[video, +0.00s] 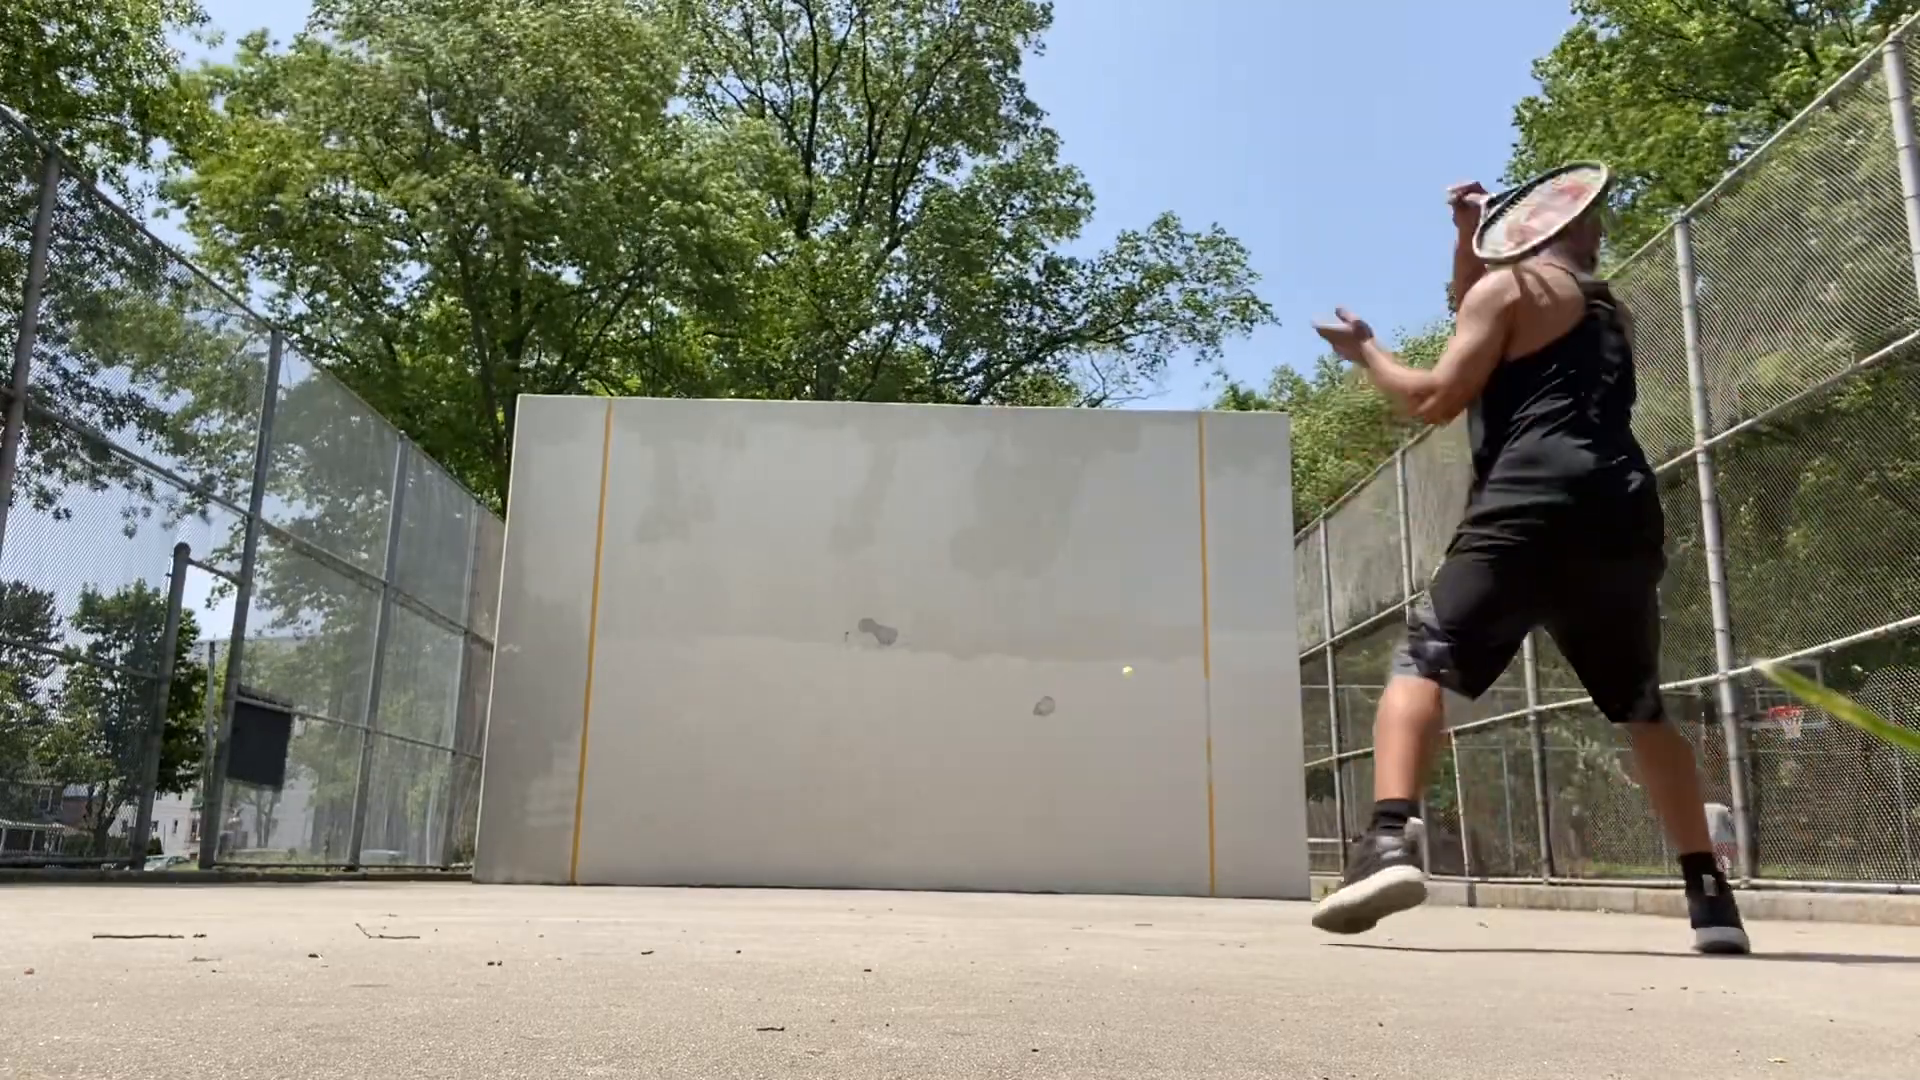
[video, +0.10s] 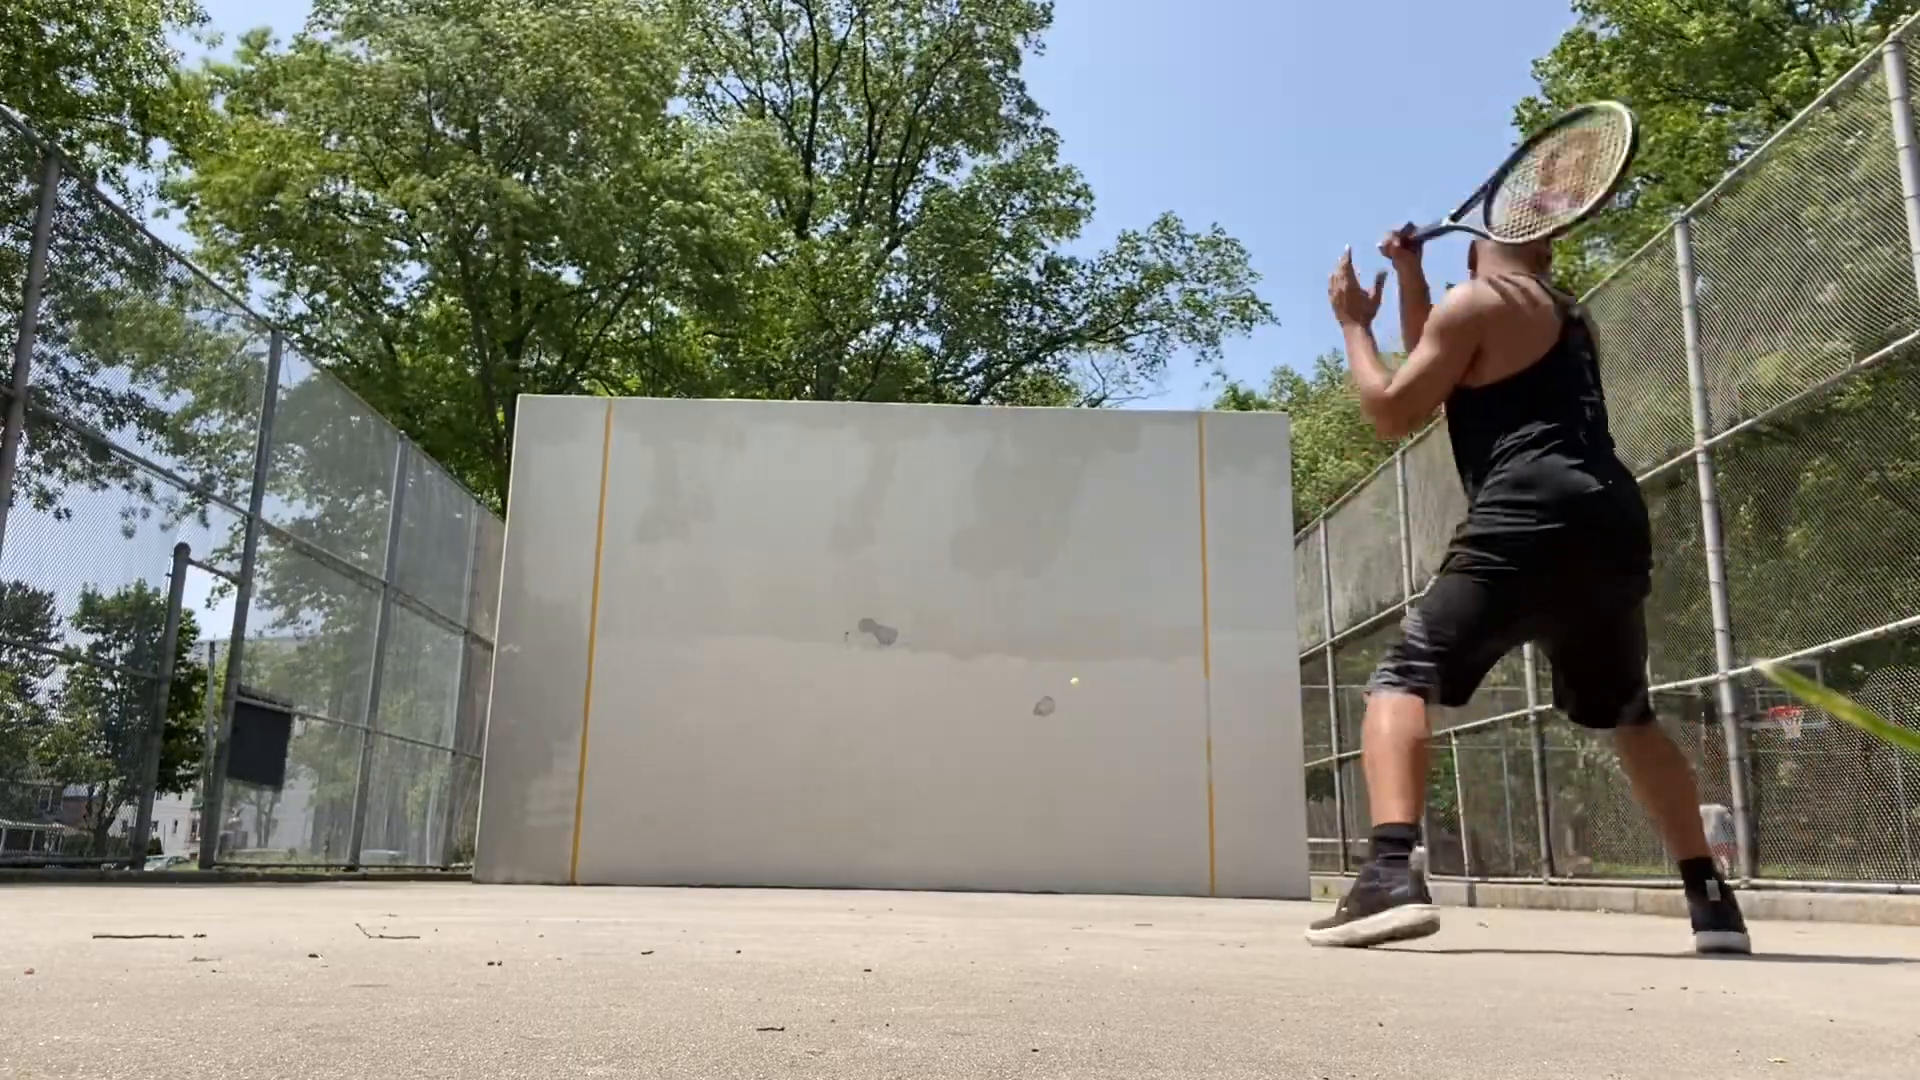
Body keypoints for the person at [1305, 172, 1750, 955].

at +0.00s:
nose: (1601, 229)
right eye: (1591, 219)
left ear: (1524, 235)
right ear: (1571, 234)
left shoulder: (1505, 289)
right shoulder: (1606, 305)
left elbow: (1435, 401)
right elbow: (1481, 313)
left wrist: (1363, 348)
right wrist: (1470, 236)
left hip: (1530, 490)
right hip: (1625, 500)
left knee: (1425, 664)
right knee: (1640, 706)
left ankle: (1389, 844)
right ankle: (1710, 899)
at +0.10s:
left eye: (1476, 240)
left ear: (1481, 244)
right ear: (1548, 254)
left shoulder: (1472, 303)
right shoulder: (1569, 316)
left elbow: (1390, 412)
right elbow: (1440, 369)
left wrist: (1353, 325)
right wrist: (1412, 278)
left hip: (1525, 503)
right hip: (1614, 511)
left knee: (1401, 683)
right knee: (1629, 714)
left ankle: (1391, 873)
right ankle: (1711, 902)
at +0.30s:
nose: (1387, 196)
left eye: (1384, 184)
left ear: (1382, 186)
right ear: (1458, 194)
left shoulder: (1352, 239)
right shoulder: (1505, 258)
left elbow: (1299, 367)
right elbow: (1483, 346)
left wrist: (1371, 367)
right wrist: (1351, 361)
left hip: (1423, 466)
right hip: (1533, 466)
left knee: (1357, 666)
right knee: (1555, 679)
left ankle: (1397, 885)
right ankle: (1636, 889)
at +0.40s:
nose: (1363, 154)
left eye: (1359, 146)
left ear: (1354, 153)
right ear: (1433, 157)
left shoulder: (1321, 197)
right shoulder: (1486, 217)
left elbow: (1274, 317)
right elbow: (1520, 359)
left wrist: (1311, 383)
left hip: (1370, 429)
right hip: (1484, 436)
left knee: (1344, 651)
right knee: (1486, 649)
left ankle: (1381, 881)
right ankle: (1516, 846)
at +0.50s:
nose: (1337, 147)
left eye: (1337, 138)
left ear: (1333, 146)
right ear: (1414, 154)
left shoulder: (1288, 200)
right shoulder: (1465, 210)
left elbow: (1244, 323)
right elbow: (1527, 343)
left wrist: (1308, 389)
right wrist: (1444, 383)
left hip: (1325, 431)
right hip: (1442, 438)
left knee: (1270, 633)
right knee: (1440, 661)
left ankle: (1313, 856)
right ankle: (1451, 880)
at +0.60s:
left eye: (1314, 146)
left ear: (1307, 153)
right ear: (1389, 156)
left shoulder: (1250, 213)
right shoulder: (1433, 206)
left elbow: (1208, 349)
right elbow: (1498, 333)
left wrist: (1276, 400)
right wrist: (1419, 399)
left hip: (1261, 433)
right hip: (1386, 441)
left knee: (1189, 631)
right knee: (1434, 667)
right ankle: (1451, 896)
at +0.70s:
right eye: (1337, 125)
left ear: (1266, 135)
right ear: (1349, 136)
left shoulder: (1200, 196)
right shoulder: (1387, 182)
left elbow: (1157, 344)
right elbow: (1428, 298)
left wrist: (1217, 397)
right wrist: (1365, 383)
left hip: (1188, 418)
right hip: (1318, 432)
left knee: (1105, 620)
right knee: (1391, 657)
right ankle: (1452, 895)